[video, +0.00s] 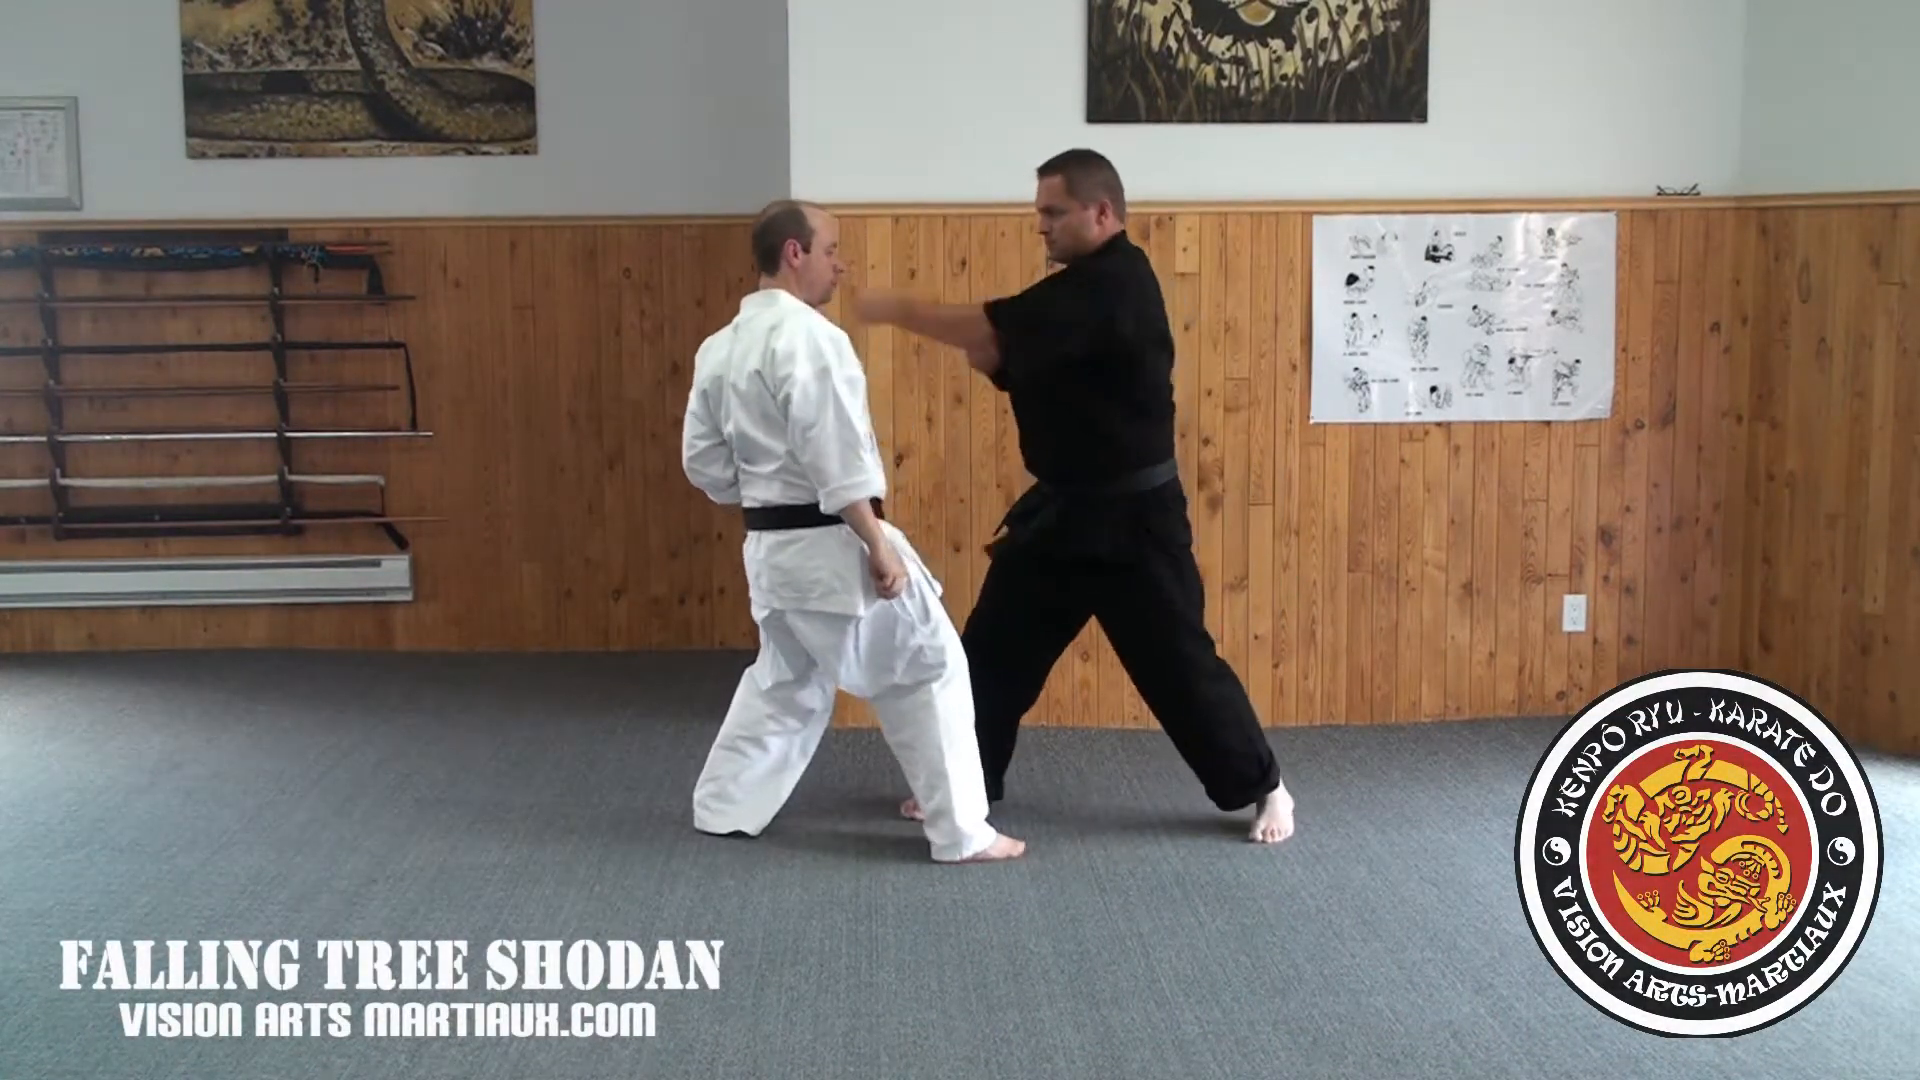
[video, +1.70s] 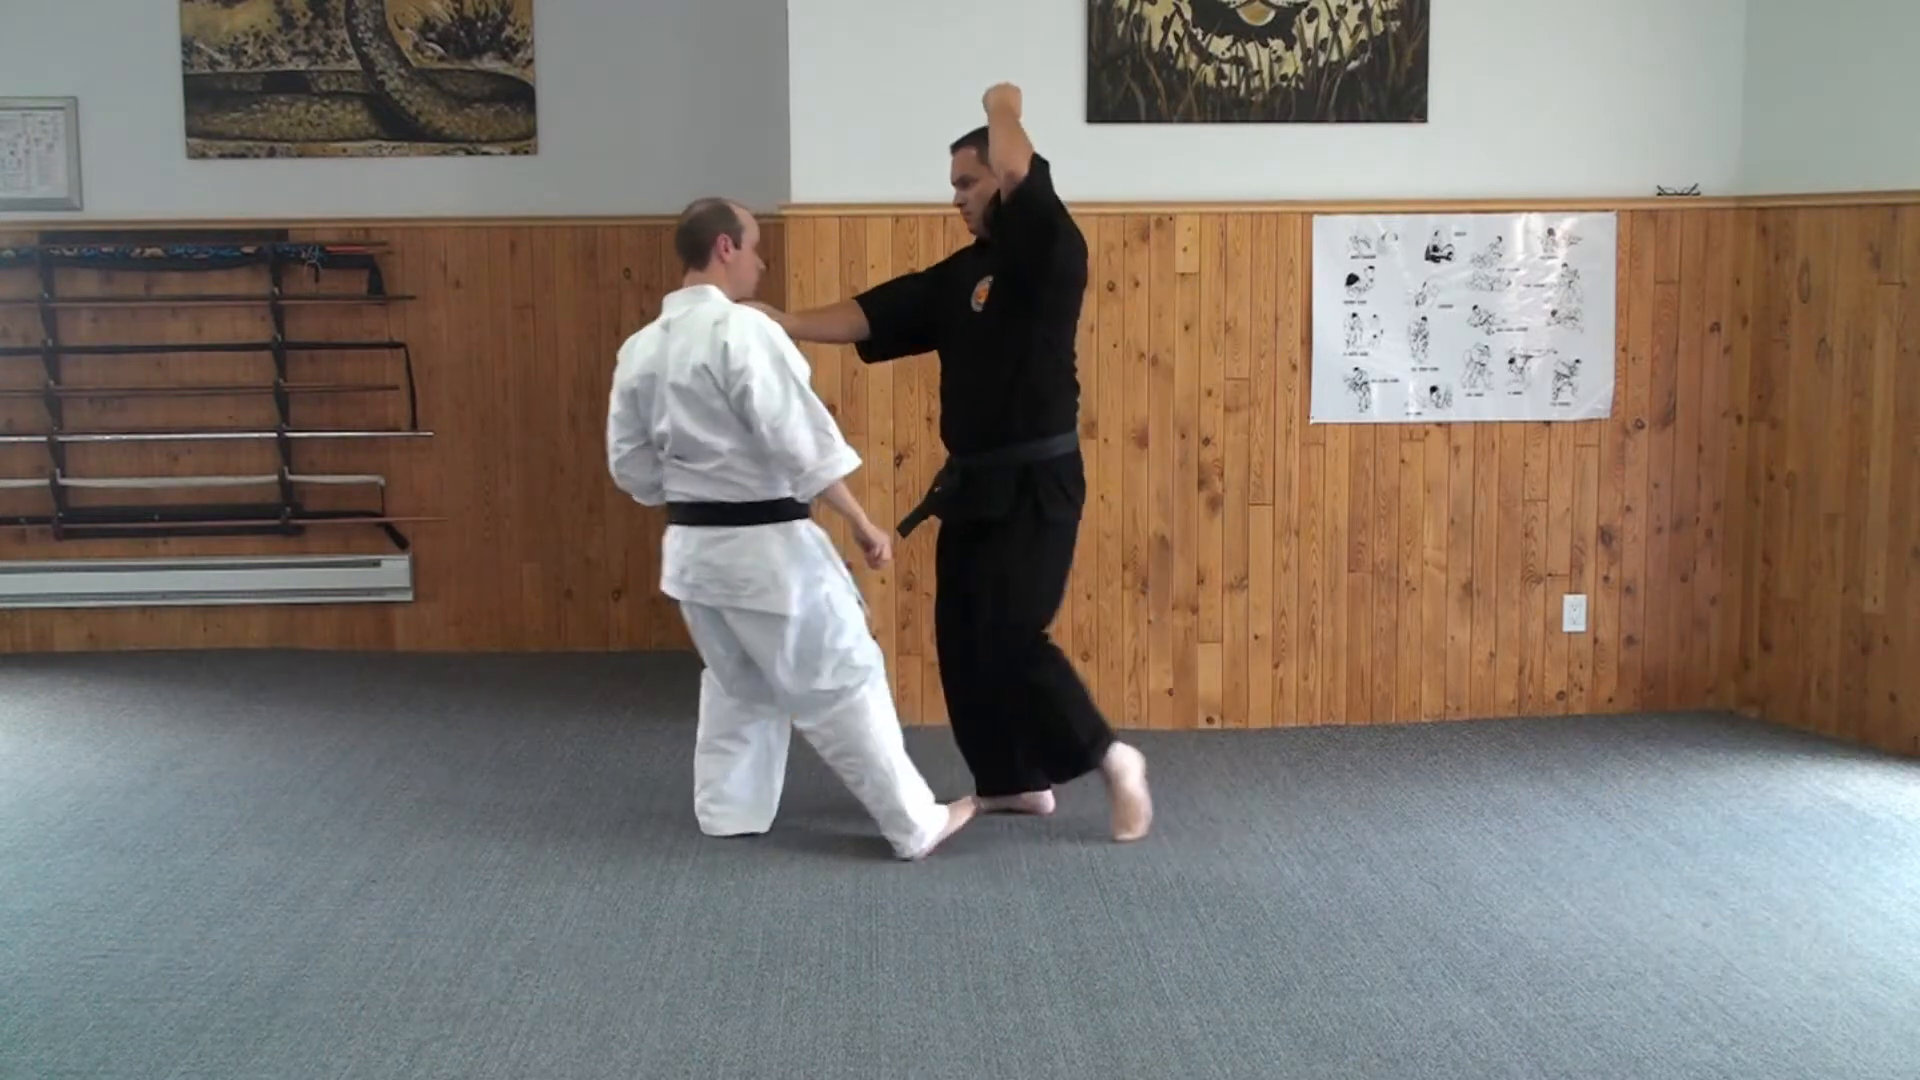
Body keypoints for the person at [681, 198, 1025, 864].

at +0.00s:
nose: (839, 267)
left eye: (838, 253)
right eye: (830, 253)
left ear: (779, 257)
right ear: (793, 254)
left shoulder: (716, 349)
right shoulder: (810, 338)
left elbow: (704, 463)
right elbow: (834, 452)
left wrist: (767, 503)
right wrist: (877, 542)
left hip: (768, 550)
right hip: (834, 545)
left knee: (785, 676)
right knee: (930, 667)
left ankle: (721, 806)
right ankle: (962, 830)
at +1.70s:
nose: (760, 263)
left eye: (758, 250)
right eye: (754, 250)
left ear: (699, 254)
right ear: (725, 250)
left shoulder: (640, 349)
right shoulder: (746, 332)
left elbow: (630, 466)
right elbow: (798, 440)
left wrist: (693, 496)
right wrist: (860, 518)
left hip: (691, 551)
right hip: (769, 549)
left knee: (735, 682)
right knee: (843, 679)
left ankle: (726, 812)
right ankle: (914, 823)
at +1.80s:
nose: (743, 259)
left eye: (741, 244)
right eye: (736, 244)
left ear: (684, 246)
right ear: (705, 244)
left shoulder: (622, 336)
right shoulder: (718, 328)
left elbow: (601, 461)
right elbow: (768, 444)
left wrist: (664, 492)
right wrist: (827, 526)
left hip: (663, 550)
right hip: (734, 549)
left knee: (721, 675)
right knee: (829, 651)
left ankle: (724, 807)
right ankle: (815, 810)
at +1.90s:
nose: (722, 251)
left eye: (721, 236)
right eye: (717, 235)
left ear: (658, 239)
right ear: (685, 236)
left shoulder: (602, 326)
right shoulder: (704, 323)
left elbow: (574, 438)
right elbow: (737, 442)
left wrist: (600, 501)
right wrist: (788, 524)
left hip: (639, 536)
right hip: (714, 536)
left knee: (688, 671)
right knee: (770, 666)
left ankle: (720, 805)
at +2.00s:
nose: (714, 248)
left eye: (712, 232)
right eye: (707, 232)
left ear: (653, 235)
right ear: (674, 233)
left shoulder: (588, 320)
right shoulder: (688, 321)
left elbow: (547, 423)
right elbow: (710, 446)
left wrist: (533, 506)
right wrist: (755, 531)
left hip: (612, 535)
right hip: (679, 538)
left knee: (692, 674)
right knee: (681, 683)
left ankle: (715, 807)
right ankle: (601, 820)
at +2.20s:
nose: (694, 243)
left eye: (694, 227)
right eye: (689, 227)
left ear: (626, 231)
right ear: (655, 229)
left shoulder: (565, 303)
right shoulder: (658, 317)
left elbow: (513, 403)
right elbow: (652, 446)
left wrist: (485, 487)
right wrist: (683, 543)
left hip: (563, 525)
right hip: (626, 531)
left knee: (632, 670)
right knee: (643, 685)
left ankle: (662, 804)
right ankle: (600, 839)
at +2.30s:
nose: (680, 241)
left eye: (678, 227)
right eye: (674, 227)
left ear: (617, 232)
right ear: (641, 230)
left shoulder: (556, 304)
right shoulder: (645, 318)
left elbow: (506, 407)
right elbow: (629, 439)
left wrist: (488, 489)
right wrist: (645, 546)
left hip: (553, 525)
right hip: (615, 533)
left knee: (584, 668)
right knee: (646, 684)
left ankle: (554, 791)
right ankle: (601, 839)